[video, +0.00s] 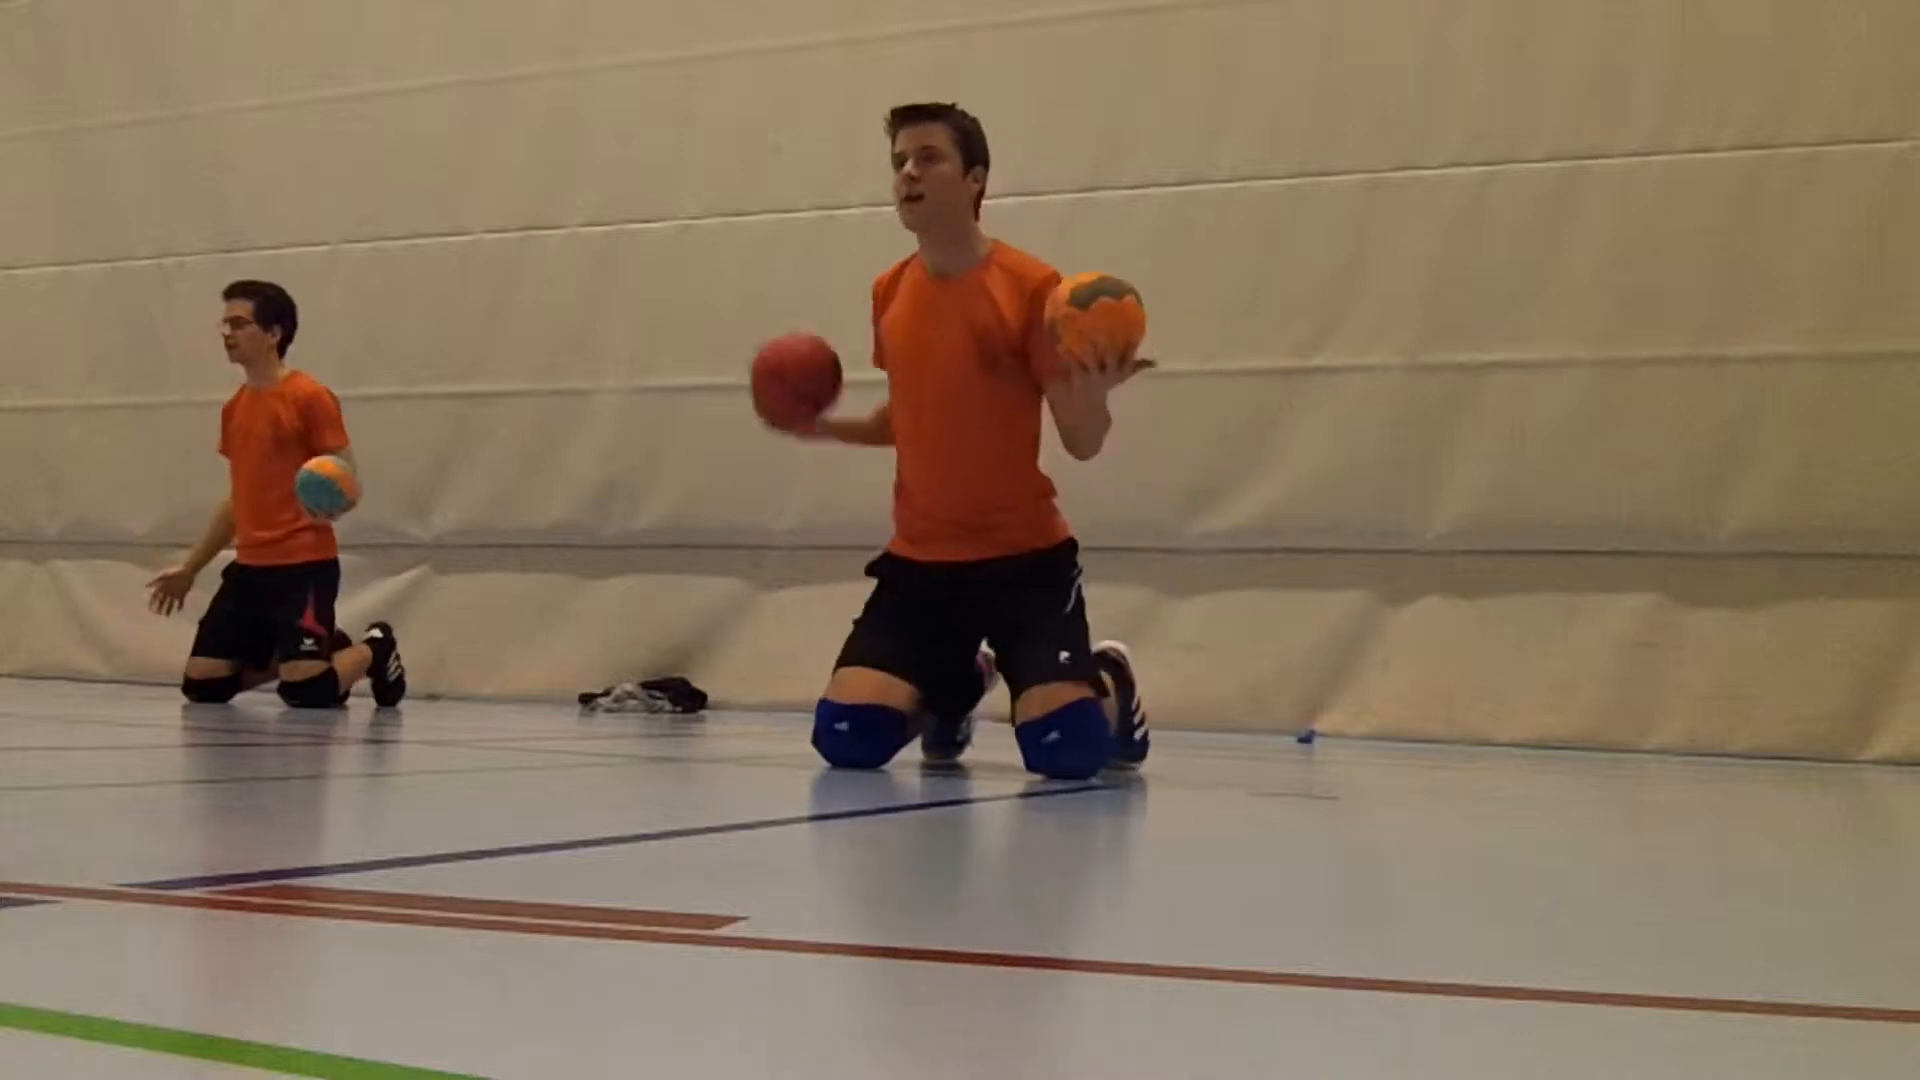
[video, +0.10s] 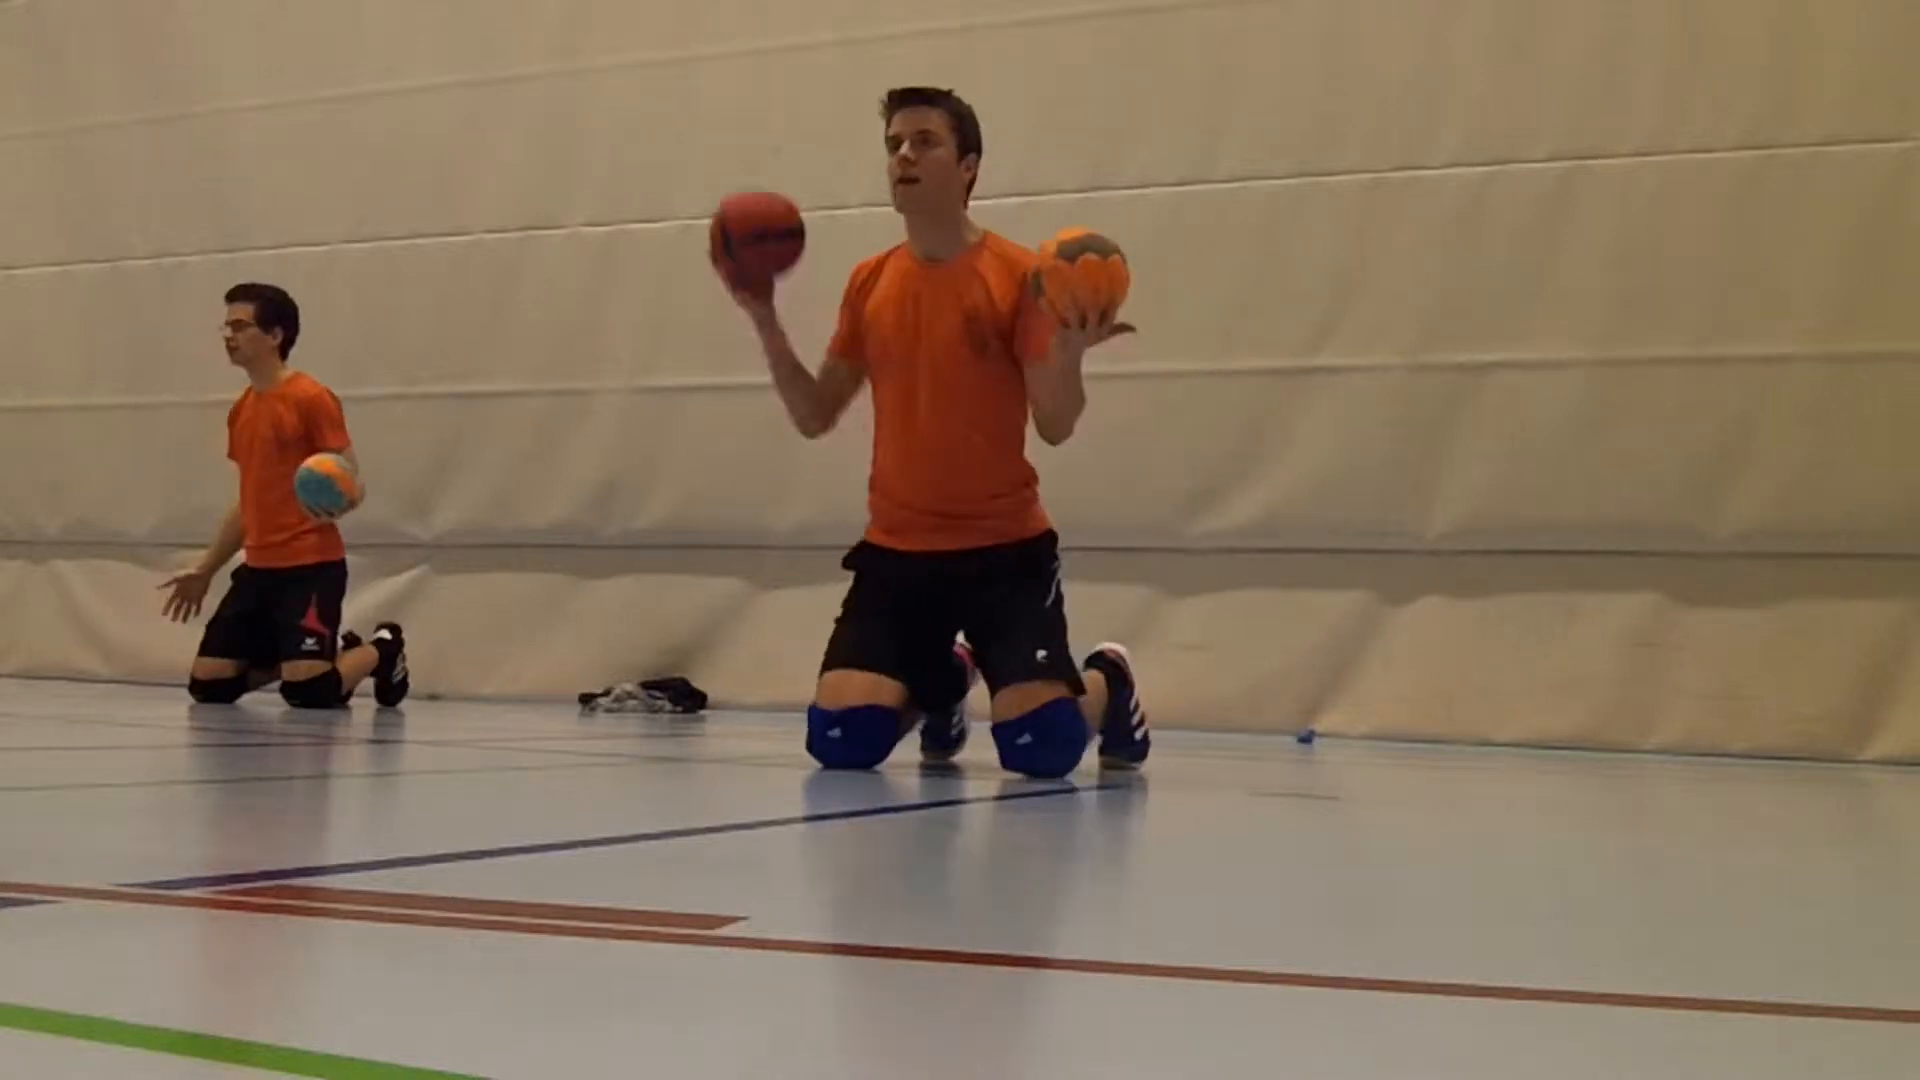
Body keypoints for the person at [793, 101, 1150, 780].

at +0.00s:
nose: (909, 174)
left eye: (929, 159)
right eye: (899, 163)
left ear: (975, 182)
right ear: (892, 186)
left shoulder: (1032, 290)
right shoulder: (892, 293)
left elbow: (1084, 442)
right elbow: (913, 419)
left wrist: (1087, 372)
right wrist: (823, 426)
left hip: (1026, 562)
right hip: (919, 565)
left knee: (1062, 753)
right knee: (847, 740)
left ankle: (1110, 684)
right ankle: (954, 681)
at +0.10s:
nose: (904, 154)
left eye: (925, 142)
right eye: (895, 144)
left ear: (968, 170)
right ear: (884, 170)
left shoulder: (1019, 277)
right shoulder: (873, 281)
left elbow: (1056, 423)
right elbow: (813, 414)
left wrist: (1068, 346)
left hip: (1007, 548)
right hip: (896, 551)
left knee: (1040, 752)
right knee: (839, 743)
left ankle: (1109, 685)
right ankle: (942, 680)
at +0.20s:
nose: (911, 139)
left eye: (933, 128)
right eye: (901, 128)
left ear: (973, 159)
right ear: (887, 151)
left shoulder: (1008, 267)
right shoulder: (850, 258)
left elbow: (1031, 408)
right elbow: (737, 323)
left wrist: (1052, 318)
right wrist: (733, 185)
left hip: (985, 538)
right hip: (872, 540)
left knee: (1012, 738)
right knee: (831, 744)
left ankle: (1099, 682)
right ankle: (918, 675)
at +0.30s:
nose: (913, 130)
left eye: (935, 119)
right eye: (904, 119)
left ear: (973, 153)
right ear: (888, 142)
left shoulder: (1005, 264)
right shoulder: (853, 232)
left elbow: (1021, 393)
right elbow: (748, 180)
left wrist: (1052, 297)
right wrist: (698, 65)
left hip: (971, 529)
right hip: (858, 528)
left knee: (1005, 730)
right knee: (829, 746)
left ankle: (1092, 681)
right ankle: (903, 673)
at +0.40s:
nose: (917, 120)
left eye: (938, 109)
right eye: (907, 109)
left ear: (978, 142)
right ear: (893, 134)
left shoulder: (1008, 260)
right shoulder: (852, 220)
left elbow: (1032, 380)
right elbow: (734, 191)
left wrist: (1067, 287)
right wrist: (759, 102)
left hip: (962, 515)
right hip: (848, 514)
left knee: (1008, 725)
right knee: (827, 746)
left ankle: (1092, 682)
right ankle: (897, 674)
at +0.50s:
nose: (926, 116)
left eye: (948, 106)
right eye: (916, 107)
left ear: (987, 141)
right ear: (903, 135)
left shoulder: (1013, 256)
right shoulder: (856, 221)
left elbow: (1052, 370)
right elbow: (727, 270)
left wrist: (1092, 261)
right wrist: (787, 201)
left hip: (964, 520)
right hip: (850, 518)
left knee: (1015, 736)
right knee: (823, 747)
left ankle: (1102, 679)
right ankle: (904, 673)